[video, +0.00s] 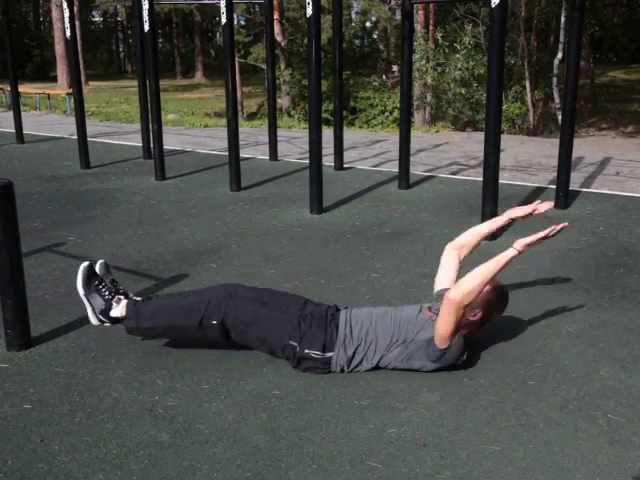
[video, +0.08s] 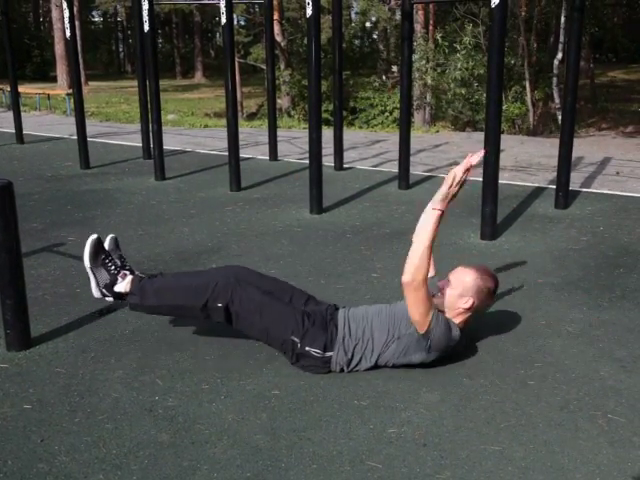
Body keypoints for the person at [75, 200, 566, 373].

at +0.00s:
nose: (471, 287)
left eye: (478, 290)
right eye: (476, 284)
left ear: (478, 308)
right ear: (470, 301)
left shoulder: (448, 345)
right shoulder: (441, 313)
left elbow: (460, 290)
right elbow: (454, 252)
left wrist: (511, 251)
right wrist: (507, 218)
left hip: (323, 339)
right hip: (328, 320)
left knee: (224, 303)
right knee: (227, 298)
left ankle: (121, 312)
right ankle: (129, 308)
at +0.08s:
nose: (441, 279)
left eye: (451, 281)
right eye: (449, 276)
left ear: (463, 304)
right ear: (460, 301)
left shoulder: (438, 335)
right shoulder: (442, 320)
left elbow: (413, 275)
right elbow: (417, 267)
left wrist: (439, 203)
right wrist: (443, 198)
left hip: (322, 341)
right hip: (329, 322)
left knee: (230, 282)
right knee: (234, 275)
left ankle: (124, 288)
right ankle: (131, 280)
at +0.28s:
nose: (388, 244)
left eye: (395, 241)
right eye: (392, 237)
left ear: (417, 254)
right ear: (419, 253)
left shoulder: (403, 288)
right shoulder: (412, 276)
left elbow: (345, 242)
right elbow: (368, 216)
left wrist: (311, 174)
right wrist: (337, 163)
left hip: (318, 344)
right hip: (328, 322)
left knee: (269, 250)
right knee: (275, 240)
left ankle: (166, 217)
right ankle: (176, 214)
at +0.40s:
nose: (348, 231)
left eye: (354, 226)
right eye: (351, 224)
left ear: (375, 235)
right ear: (380, 232)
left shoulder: (384, 268)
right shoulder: (392, 250)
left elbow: (319, 226)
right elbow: (336, 201)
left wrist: (277, 164)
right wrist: (293, 154)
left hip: (325, 349)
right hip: (335, 328)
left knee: (300, 245)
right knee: (302, 227)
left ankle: (206, 191)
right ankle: (212, 188)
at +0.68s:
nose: (376, 241)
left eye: (380, 236)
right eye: (378, 234)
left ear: (401, 245)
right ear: (406, 243)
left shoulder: (403, 281)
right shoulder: (412, 267)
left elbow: (350, 238)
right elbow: (362, 208)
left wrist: (320, 168)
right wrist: (328, 155)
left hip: (323, 347)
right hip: (333, 324)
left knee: (277, 255)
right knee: (280, 245)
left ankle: (166, 207)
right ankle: (180, 198)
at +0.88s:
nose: (428, 262)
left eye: (438, 262)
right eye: (432, 257)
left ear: (449, 282)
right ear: (437, 271)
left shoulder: (436, 328)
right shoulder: (426, 295)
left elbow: (445, 286)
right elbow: (428, 240)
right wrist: (449, 193)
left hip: (316, 343)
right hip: (323, 317)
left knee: (228, 289)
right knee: (235, 276)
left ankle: (114, 295)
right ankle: (128, 274)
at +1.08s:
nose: (446, 287)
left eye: (457, 289)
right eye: (452, 284)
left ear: (468, 311)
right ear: (452, 294)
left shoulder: (444, 346)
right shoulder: (435, 312)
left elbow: (497, 334)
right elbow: (478, 268)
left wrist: (548, 302)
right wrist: (531, 259)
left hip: (320, 340)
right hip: (321, 316)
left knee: (223, 317)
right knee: (229, 305)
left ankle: (116, 332)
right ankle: (125, 322)